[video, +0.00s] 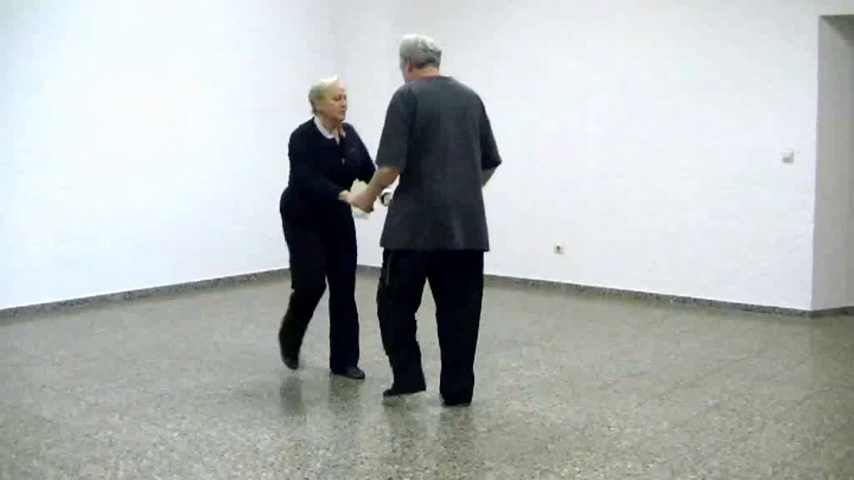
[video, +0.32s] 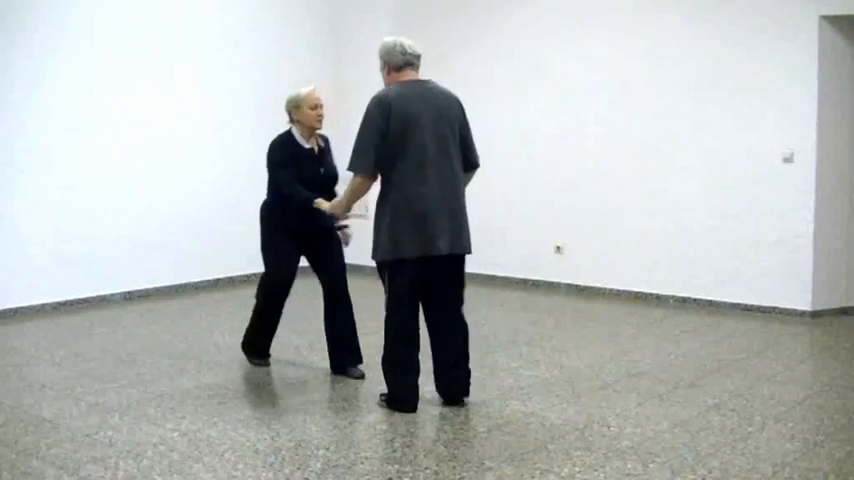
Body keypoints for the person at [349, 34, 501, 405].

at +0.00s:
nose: (402, 72)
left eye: (402, 67)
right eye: (403, 68)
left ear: (408, 65)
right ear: (438, 62)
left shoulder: (407, 97)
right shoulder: (471, 98)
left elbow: (391, 165)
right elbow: (488, 162)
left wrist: (368, 196)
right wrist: (459, 193)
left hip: (414, 225)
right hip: (466, 225)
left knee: (394, 305)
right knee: (460, 314)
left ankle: (408, 380)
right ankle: (458, 392)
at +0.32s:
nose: (381, 76)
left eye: (381, 71)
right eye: (382, 71)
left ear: (387, 68)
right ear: (418, 66)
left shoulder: (385, 102)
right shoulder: (450, 100)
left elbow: (367, 173)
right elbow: (469, 164)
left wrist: (341, 205)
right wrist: (442, 197)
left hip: (402, 230)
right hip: (450, 228)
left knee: (400, 316)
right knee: (448, 312)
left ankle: (402, 395)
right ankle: (455, 390)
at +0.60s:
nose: (365, 72)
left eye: (364, 67)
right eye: (367, 67)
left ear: (369, 66)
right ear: (401, 62)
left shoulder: (366, 99)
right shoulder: (432, 94)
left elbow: (335, 169)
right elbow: (463, 154)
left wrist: (311, 170)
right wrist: (436, 187)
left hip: (390, 221)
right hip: (435, 216)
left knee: (393, 306)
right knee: (428, 294)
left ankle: (402, 396)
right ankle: (437, 370)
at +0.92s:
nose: (364, 71)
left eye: (364, 66)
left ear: (369, 65)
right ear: (402, 62)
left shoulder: (362, 101)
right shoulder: (431, 95)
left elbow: (330, 168)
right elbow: (458, 159)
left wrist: (307, 165)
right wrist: (430, 186)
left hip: (385, 225)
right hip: (432, 221)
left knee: (390, 310)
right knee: (426, 301)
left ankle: (401, 395)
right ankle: (434, 386)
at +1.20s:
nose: (378, 70)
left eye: (378, 65)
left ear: (382, 65)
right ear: (416, 63)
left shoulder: (369, 100)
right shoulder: (442, 98)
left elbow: (339, 160)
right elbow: (468, 163)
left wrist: (319, 162)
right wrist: (439, 191)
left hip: (385, 227)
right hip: (435, 226)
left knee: (391, 314)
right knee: (431, 314)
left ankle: (401, 395)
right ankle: (430, 393)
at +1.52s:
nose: (404, 67)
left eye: (403, 60)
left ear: (403, 61)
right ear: (439, 63)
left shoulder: (382, 95)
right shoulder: (456, 101)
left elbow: (347, 152)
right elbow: (482, 170)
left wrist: (341, 131)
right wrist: (467, 206)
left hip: (384, 225)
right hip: (437, 227)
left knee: (383, 306)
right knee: (433, 313)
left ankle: (381, 387)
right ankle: (427, 400)